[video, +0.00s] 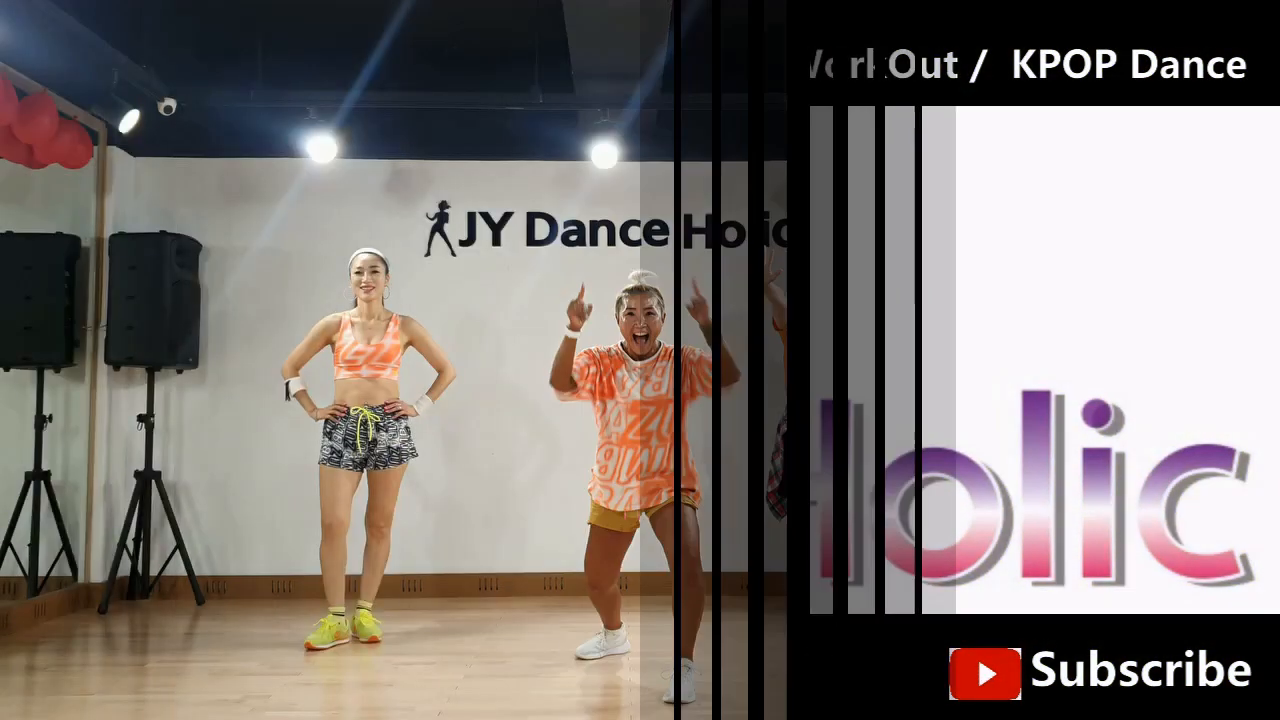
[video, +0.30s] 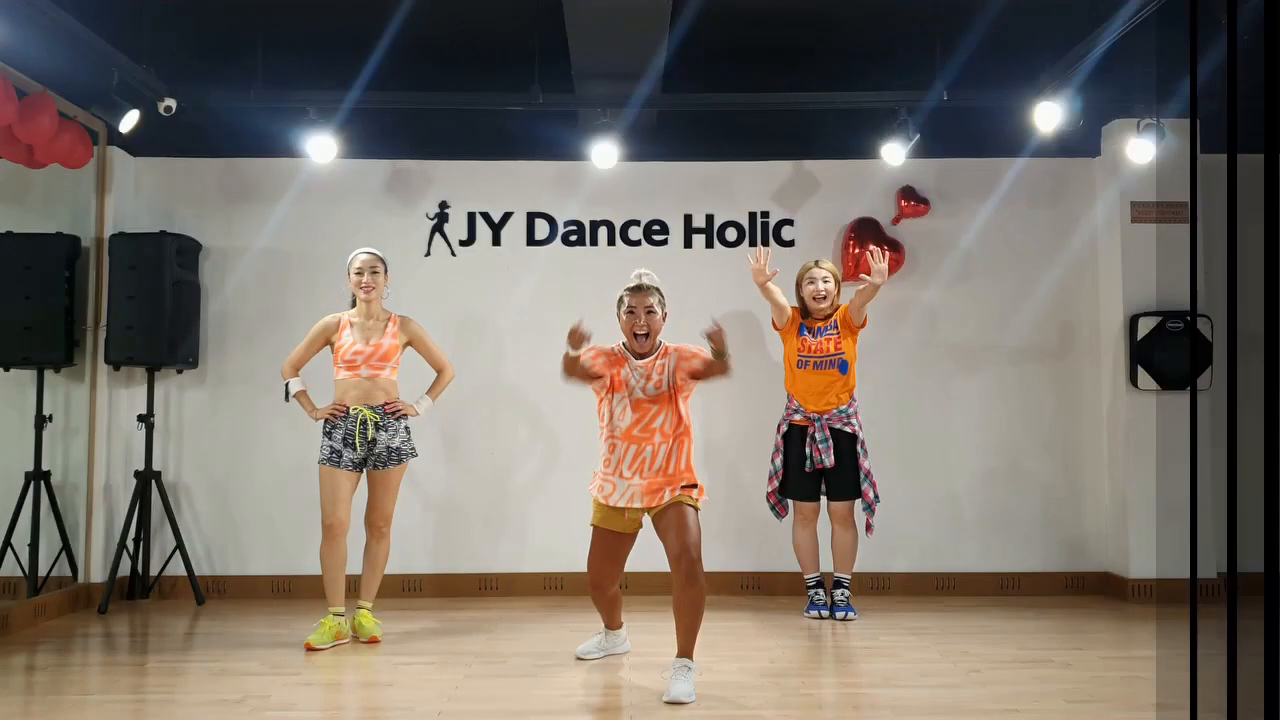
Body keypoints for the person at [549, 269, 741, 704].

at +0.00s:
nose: (640, 322)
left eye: (649, 313)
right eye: (631, 313)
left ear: (662, 319)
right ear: (618, 319)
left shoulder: (679, 360)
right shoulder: (602, 362)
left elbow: (729, 376)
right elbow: (560, 383)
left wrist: (707, 326)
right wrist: (573, 332)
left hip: (669, 480)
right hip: (614, 484)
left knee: (688, 560)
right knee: (598, 577)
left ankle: (685, 665)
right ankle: (614, 635)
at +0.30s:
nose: (640, 320)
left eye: (649, 311)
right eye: (632, 311)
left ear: (663, 318)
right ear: (620, 317)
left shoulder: (679, 357)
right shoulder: (606, 358)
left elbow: (718, 369)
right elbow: (572, 372)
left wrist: (720, 354)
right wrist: (573, 353)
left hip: (671, 481)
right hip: (617, 483)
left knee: (688, 557)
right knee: (601, 579)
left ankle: (684, 664)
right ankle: (614, 636)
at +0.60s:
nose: (644, 326)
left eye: (653, 317)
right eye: (634, 318)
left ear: (665, 320)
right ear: (622, 321)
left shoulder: (681, 356)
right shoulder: (609, 361)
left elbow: (708, 354)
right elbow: (588, 358)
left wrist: (723, 341)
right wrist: (574, 343)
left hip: (674, 480)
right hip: (620, 483)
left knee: (690, 557)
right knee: (601, 576)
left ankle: (684, 664)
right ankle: (614, 636)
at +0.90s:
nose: (626, 314)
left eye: (637, 307)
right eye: (623, 306)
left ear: (661, 315)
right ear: (618, 311)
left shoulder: (687, 357)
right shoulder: (609, 361)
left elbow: (730, 394)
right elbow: (569, 399)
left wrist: (706, 382)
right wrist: (588, 371)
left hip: (673, 477)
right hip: (621, 478)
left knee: (687, 557)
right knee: (600, 567)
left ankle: (686, 664)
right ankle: (612, 634)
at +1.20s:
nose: (606, 300)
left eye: (611, 293)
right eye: (609, 293)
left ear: (624, 299)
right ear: (644, 299)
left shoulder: (626, 346)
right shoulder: (657, 339)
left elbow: (574, 380)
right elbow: (606, 372)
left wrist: (543, 361)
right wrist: (566, 362)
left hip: (641, 468)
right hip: (647, 465)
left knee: (633, 558)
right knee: (626, 553)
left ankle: (702, 653)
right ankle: (670, 635)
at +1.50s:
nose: (566, 299)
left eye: (571, 295)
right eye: (568, 293)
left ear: (581, 302)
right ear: (604, 302)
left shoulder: (568, 334)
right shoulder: (622, 332)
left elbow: (512, 306)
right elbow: (601, 299)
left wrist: (507, 272)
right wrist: (569, 275)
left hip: (599, 467)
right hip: (640, 464)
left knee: (539, 548)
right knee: (630, 552)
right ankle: (672, 637)